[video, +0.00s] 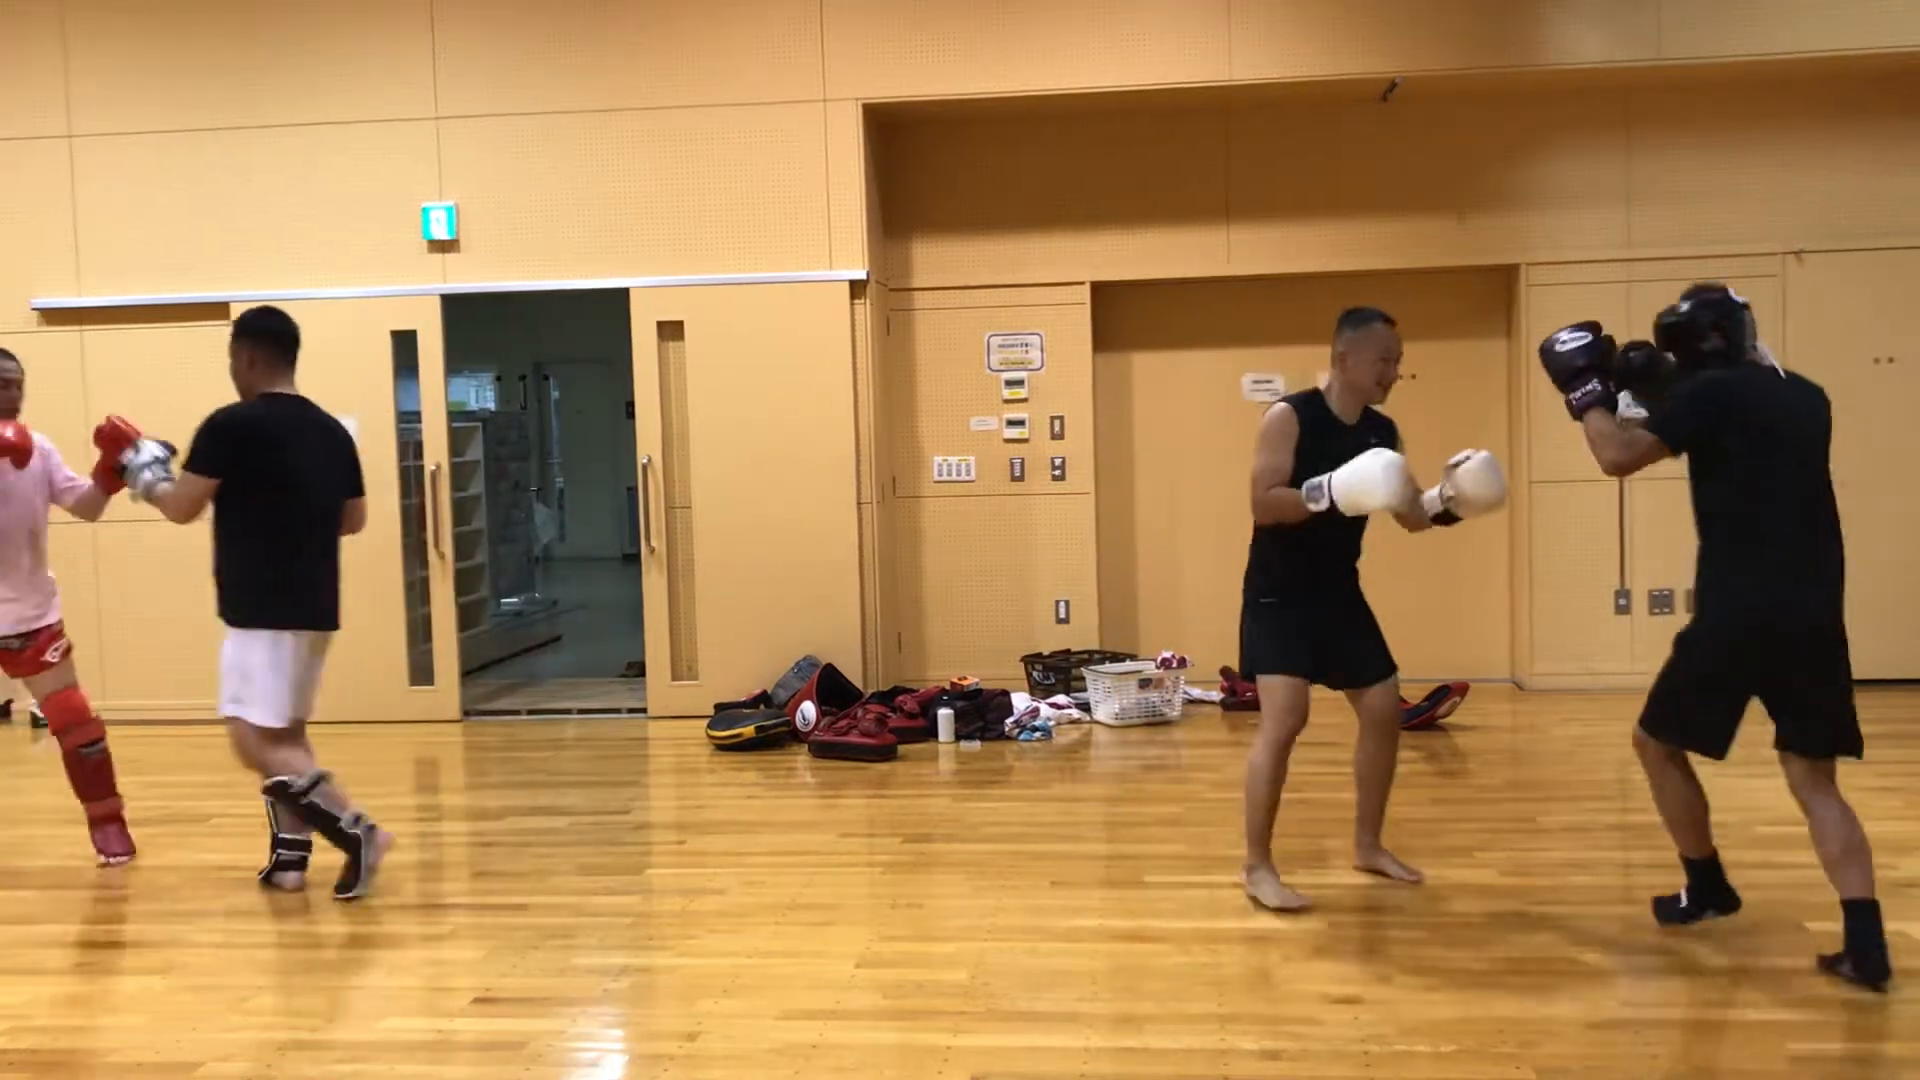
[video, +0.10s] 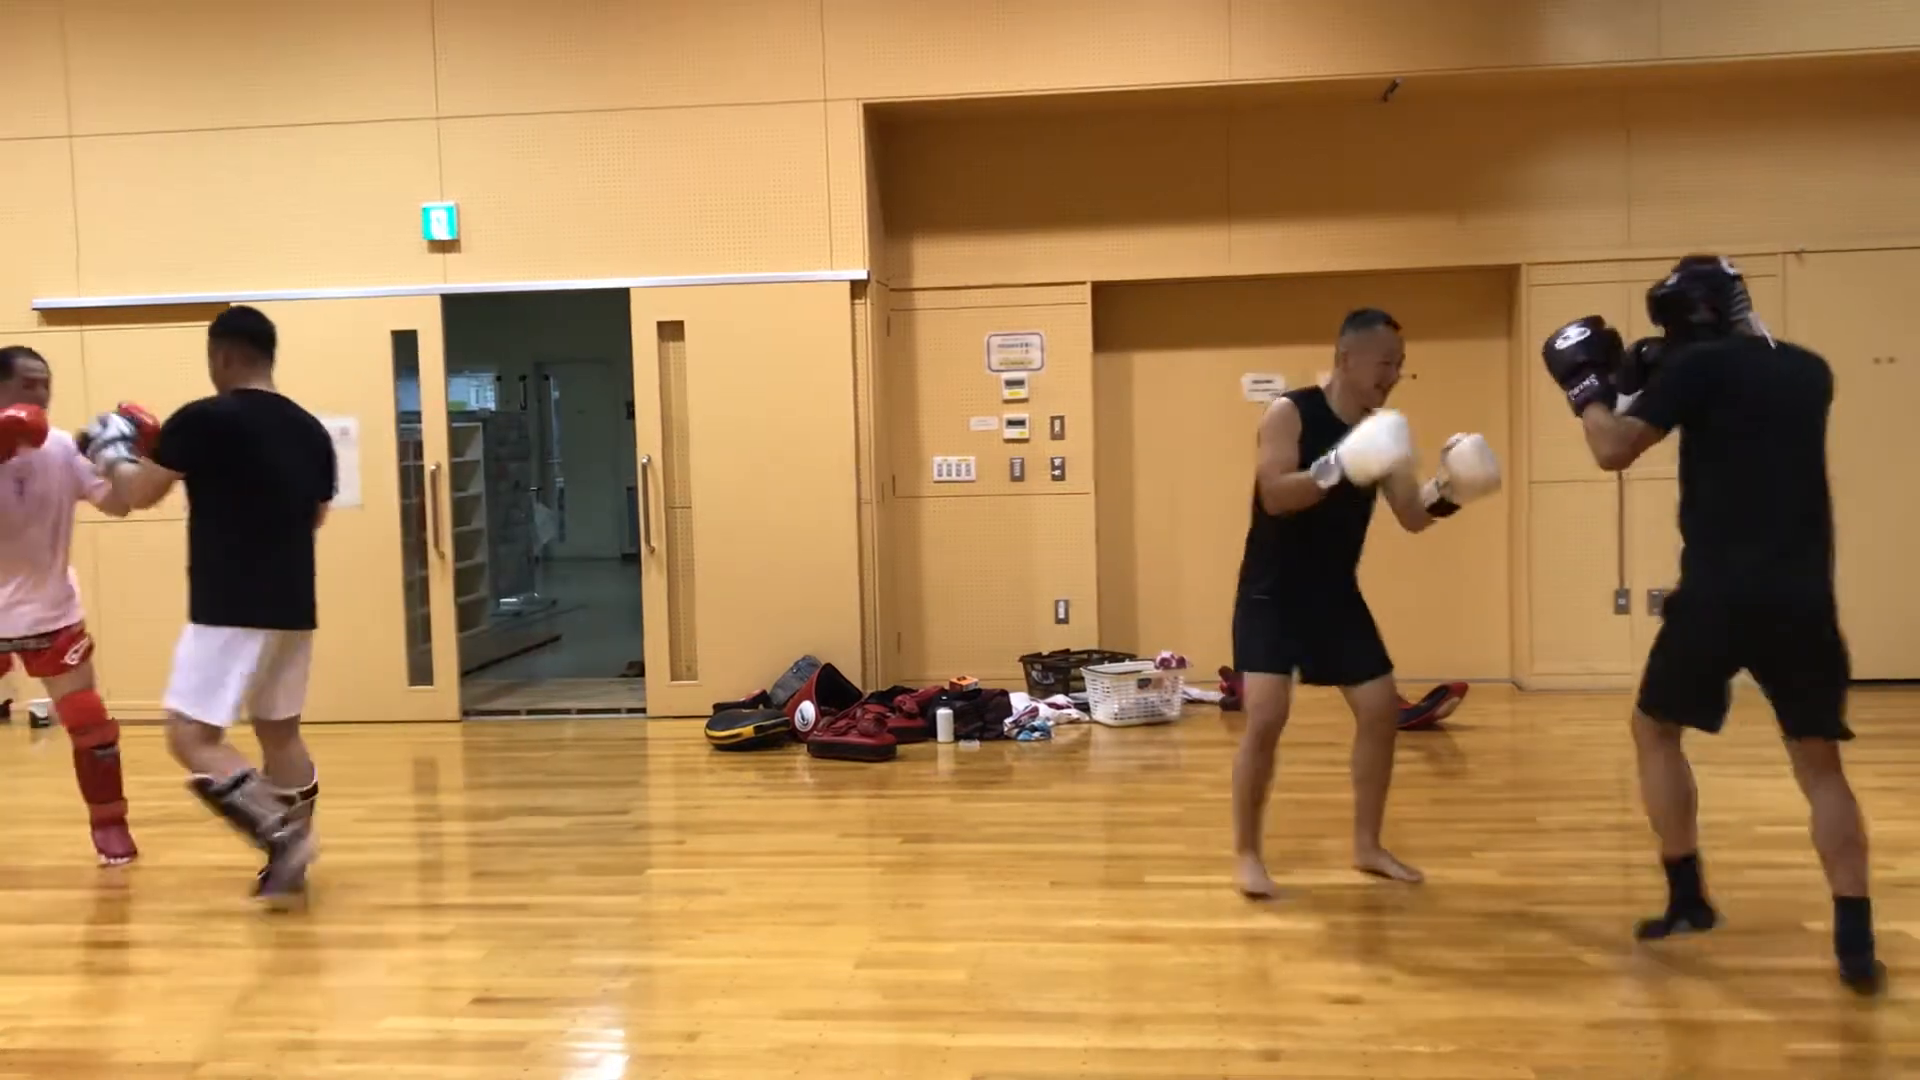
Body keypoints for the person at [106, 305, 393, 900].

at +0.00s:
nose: (231, 366)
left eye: (233, 356)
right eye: (233, 356)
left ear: (244, 357)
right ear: (292, 359)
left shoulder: (232, 426)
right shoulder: (330, 431)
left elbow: (181, 506)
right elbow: (353, 519)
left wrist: (146, 471)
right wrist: (285, 513)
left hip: (259, 607)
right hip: (316, 607)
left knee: (253, 739)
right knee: (286, 732)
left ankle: (355, 831)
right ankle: (289, 857)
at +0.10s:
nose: (210, 366)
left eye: (211, 356)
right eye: (212, 356)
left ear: (222, 356)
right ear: (271, 357)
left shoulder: (203, 420)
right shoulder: (308, 427)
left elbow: (131, 495)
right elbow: (315, 516)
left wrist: (109, 454)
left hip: (227, 607)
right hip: (294, 607)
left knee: (190, 734)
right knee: (279, 729)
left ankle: (280, 832)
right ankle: (295, 861)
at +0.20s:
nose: (182, 374)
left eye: (179, 364)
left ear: (178, 366)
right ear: (237, 365)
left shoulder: (164, 425)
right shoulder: (276, 433)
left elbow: (90, 485)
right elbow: (258, 499)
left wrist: (65, 444)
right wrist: (160, 472)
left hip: (187, 616)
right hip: (262, 615)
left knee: (142, 739)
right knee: (266, 736)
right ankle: (290, 863)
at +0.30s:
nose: (148, 384)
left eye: (145, 375)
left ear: (142, 375)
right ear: (203, 374)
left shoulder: (120, 438)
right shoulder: (242, 440)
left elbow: (50, 487)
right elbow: (248, 507)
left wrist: (53, 434)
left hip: (143, 627)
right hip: (226, 627)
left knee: (104, 759)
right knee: (250, 743)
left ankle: (75, 901)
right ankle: (287, 863)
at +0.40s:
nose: (122, 382)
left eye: (120, 373)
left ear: (119, 374)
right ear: (181, 379)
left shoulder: (89, 442)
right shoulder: (215, 442)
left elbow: (29, 506)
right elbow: (236, 509)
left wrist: (72, 454)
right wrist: (176, 489)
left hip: (112, 634)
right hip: (199, 633)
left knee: (84, 765)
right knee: (236, 747)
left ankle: (71, 906)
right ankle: (283, 863)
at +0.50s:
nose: (164, 395)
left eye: (164, 388)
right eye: (166, 387)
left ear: (102, 370)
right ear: (160, 383)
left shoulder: (38, 437)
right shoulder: (174, 432)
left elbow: (12, 531)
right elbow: (209, 488)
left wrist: (45, 545)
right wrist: (150, 440)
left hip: (70, 630)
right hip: (162, 626)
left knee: (65, 763)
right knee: (212, 746)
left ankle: (68, 910)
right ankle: (252, 869)